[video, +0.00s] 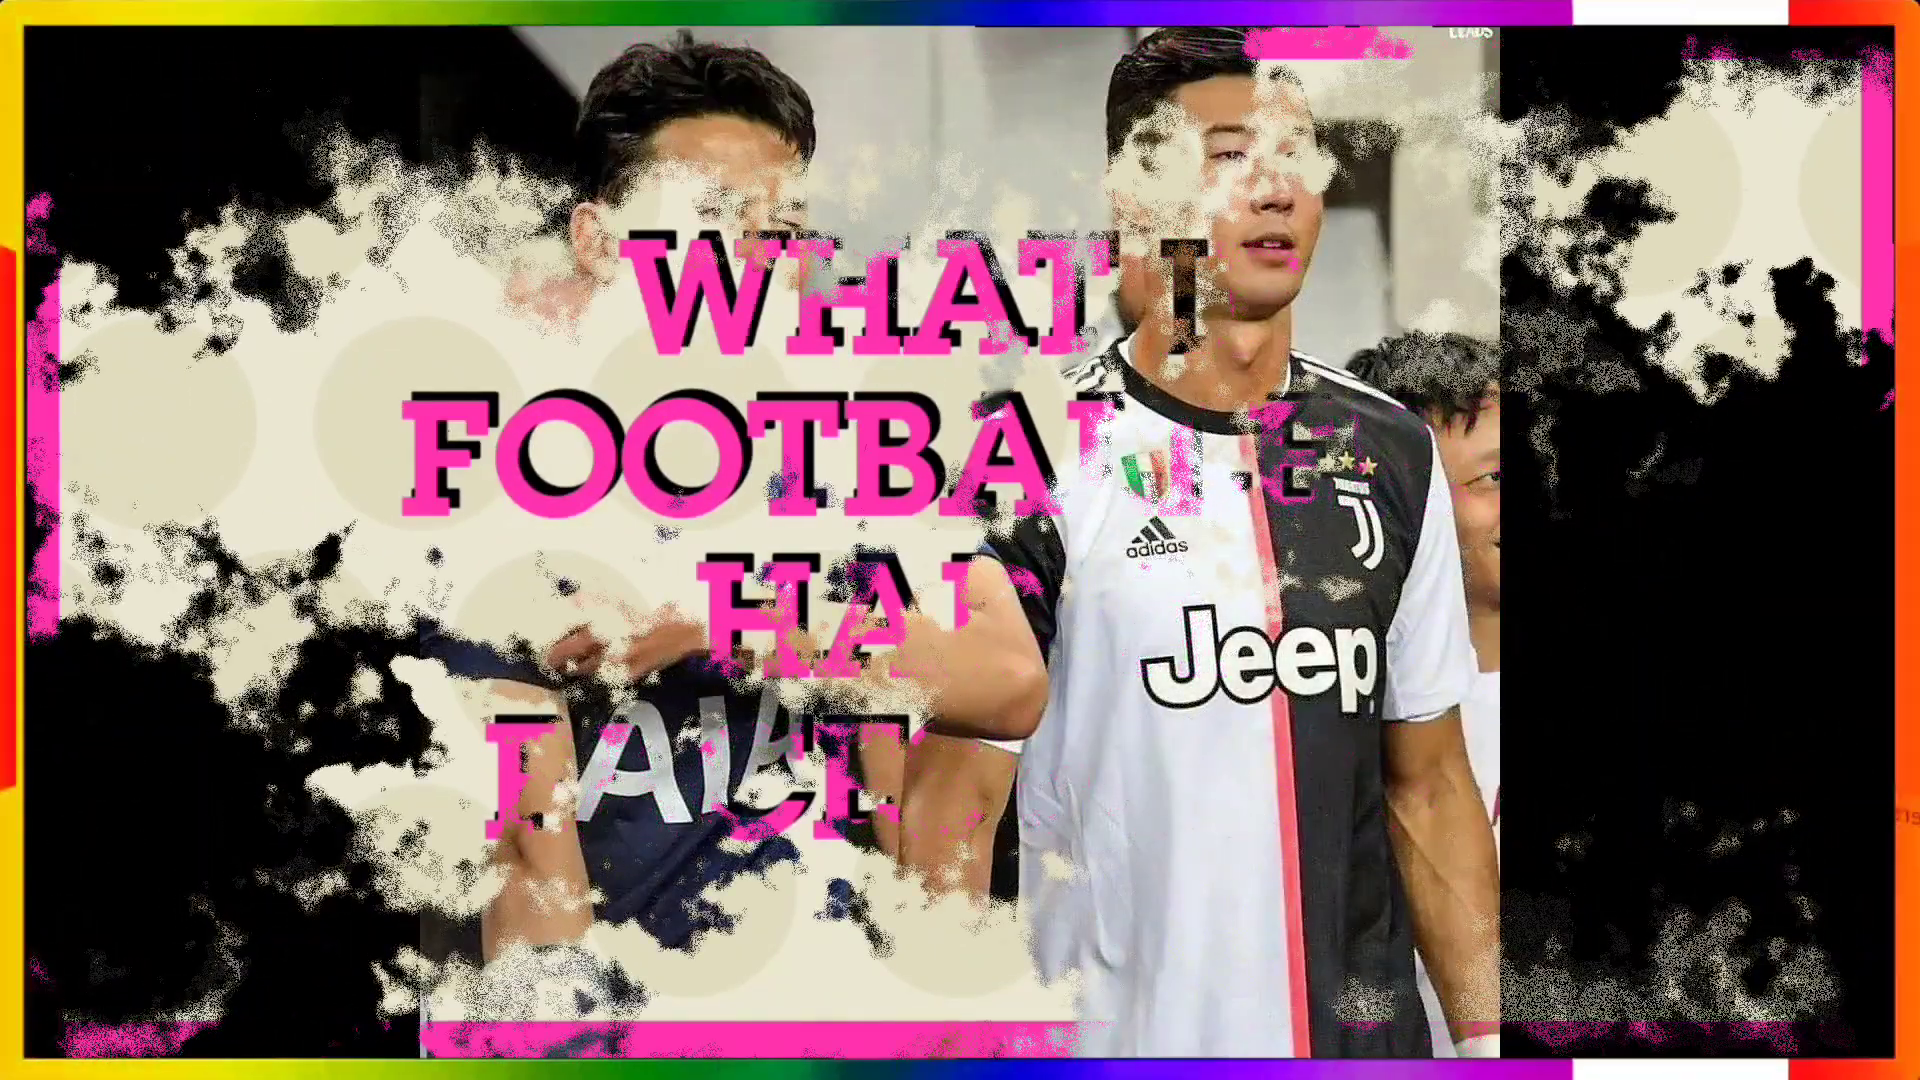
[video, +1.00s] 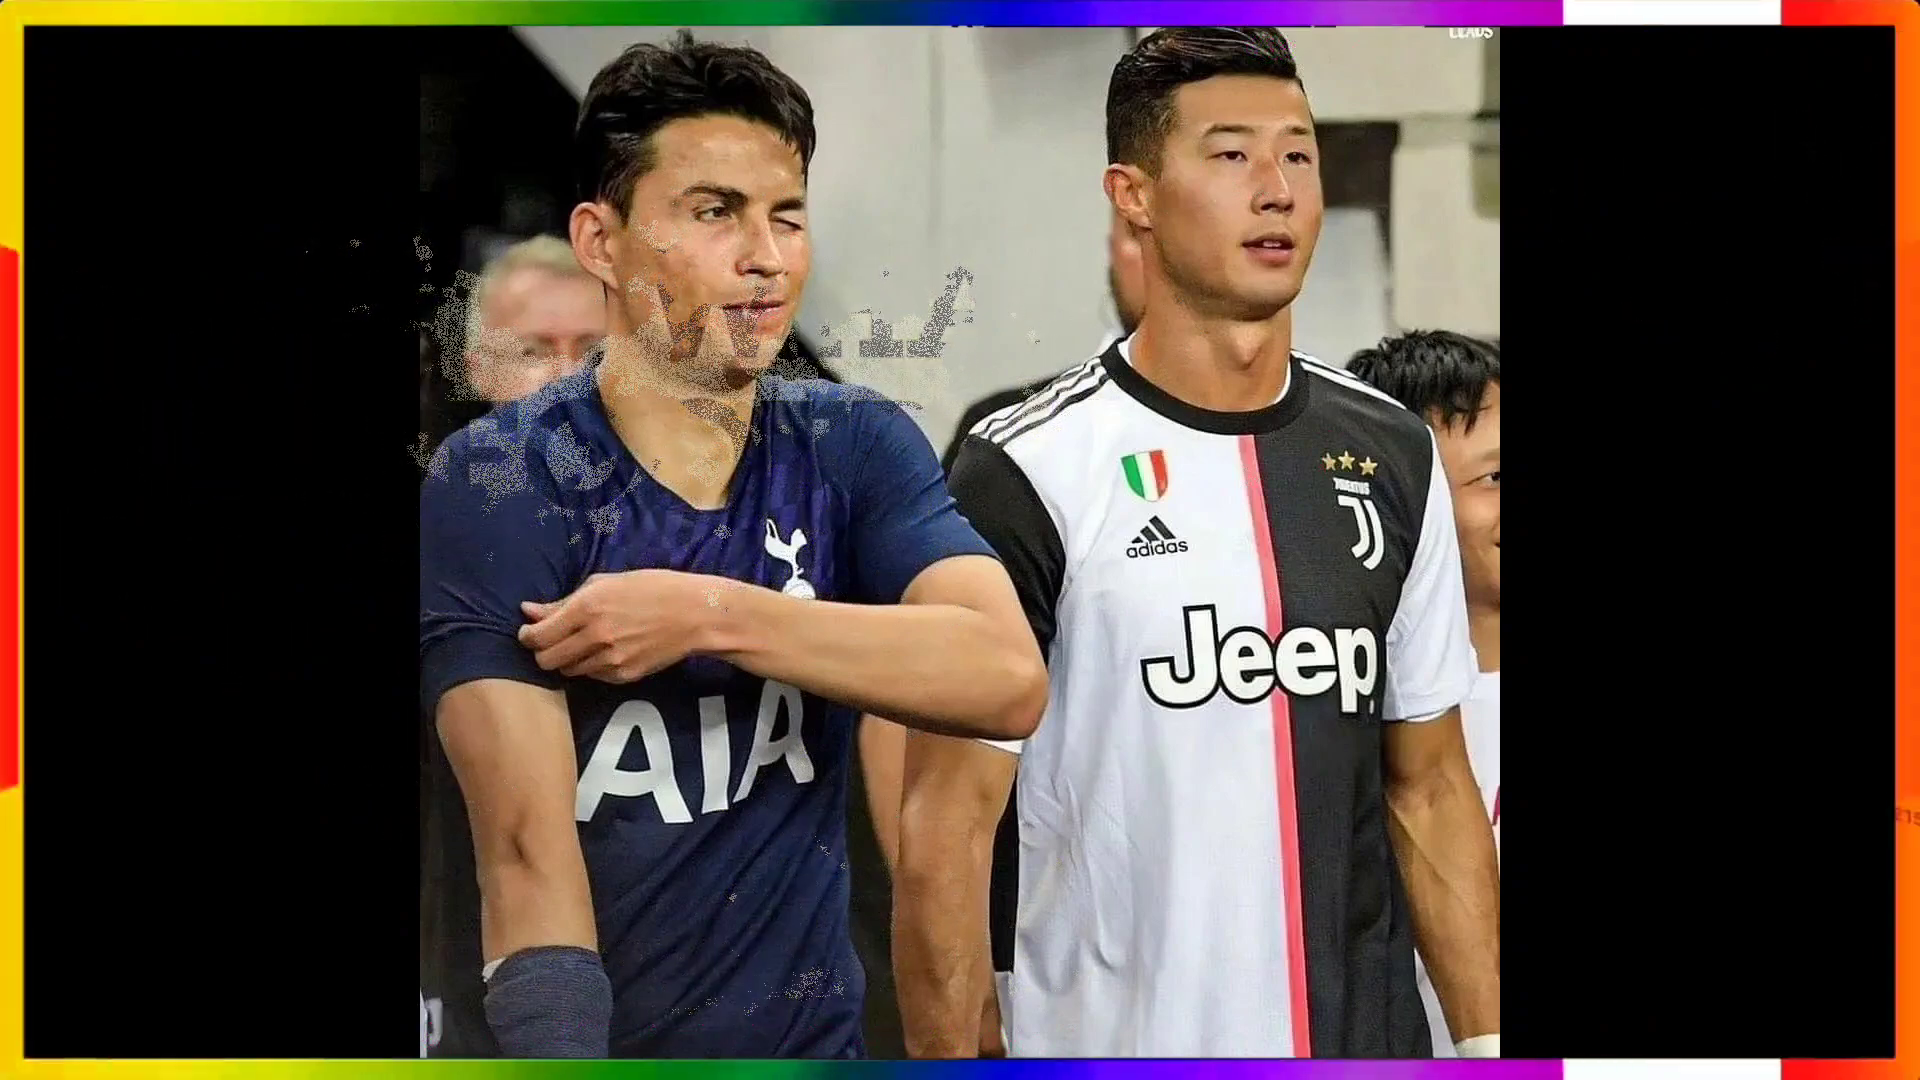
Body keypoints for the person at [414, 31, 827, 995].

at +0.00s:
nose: (749, 260)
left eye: (781, 226)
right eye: (709, 217)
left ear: (812, 235)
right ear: (594, 237)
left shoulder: (854, 420)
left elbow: (1017, 682)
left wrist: (712, 629)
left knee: (981, 749)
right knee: (515, 723)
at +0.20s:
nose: (764, 254)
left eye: (788, 218)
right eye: (717, 209)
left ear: (813, 240)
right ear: (599, 236)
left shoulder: (858, 444)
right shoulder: (493, 454)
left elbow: (1014, 685)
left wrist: (717, 619)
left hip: (832, 994)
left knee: (968, 752)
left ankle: (946, 1046)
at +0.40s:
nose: (760, 257)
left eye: (786, 219)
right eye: (713, 210)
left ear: (811, 241)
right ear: (601, 241)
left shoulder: (858, 432)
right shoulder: (496, 450)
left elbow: (1011, 683)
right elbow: (522, 836)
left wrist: (716, 614)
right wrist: (557, 1052)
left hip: (836, 994)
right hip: (610, 1007)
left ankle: (947, 1032)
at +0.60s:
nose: (763, 258)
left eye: (786, 219)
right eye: (712, 211)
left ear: (811, 240)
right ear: (603, 241)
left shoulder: (859, 443)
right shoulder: (503, 479)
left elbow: (1008, 681)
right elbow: (524, 847)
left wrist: (717, 614)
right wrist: (561, 1060)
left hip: (830, 1020)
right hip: (605, 1026)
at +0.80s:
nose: (764, 258)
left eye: (785, 218)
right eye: (712, 212)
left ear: (810, 238)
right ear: (603, 242)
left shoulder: (857, 442)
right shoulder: (501, 464)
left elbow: (1009, 680)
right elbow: (524, 841)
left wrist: (717, 614)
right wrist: (558, 1054)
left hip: (807, 1028)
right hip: (588, 1027)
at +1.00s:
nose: (766, 258)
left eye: (785, 218)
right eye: (712, 213)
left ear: (808, 238)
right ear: (601, 242)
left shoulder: (858, 442)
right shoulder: (491, 481)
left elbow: (1009, 681)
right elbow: (525, 849)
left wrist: (715, 613)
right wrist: (560, 1057)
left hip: (806, 1035)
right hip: (589, 1032)